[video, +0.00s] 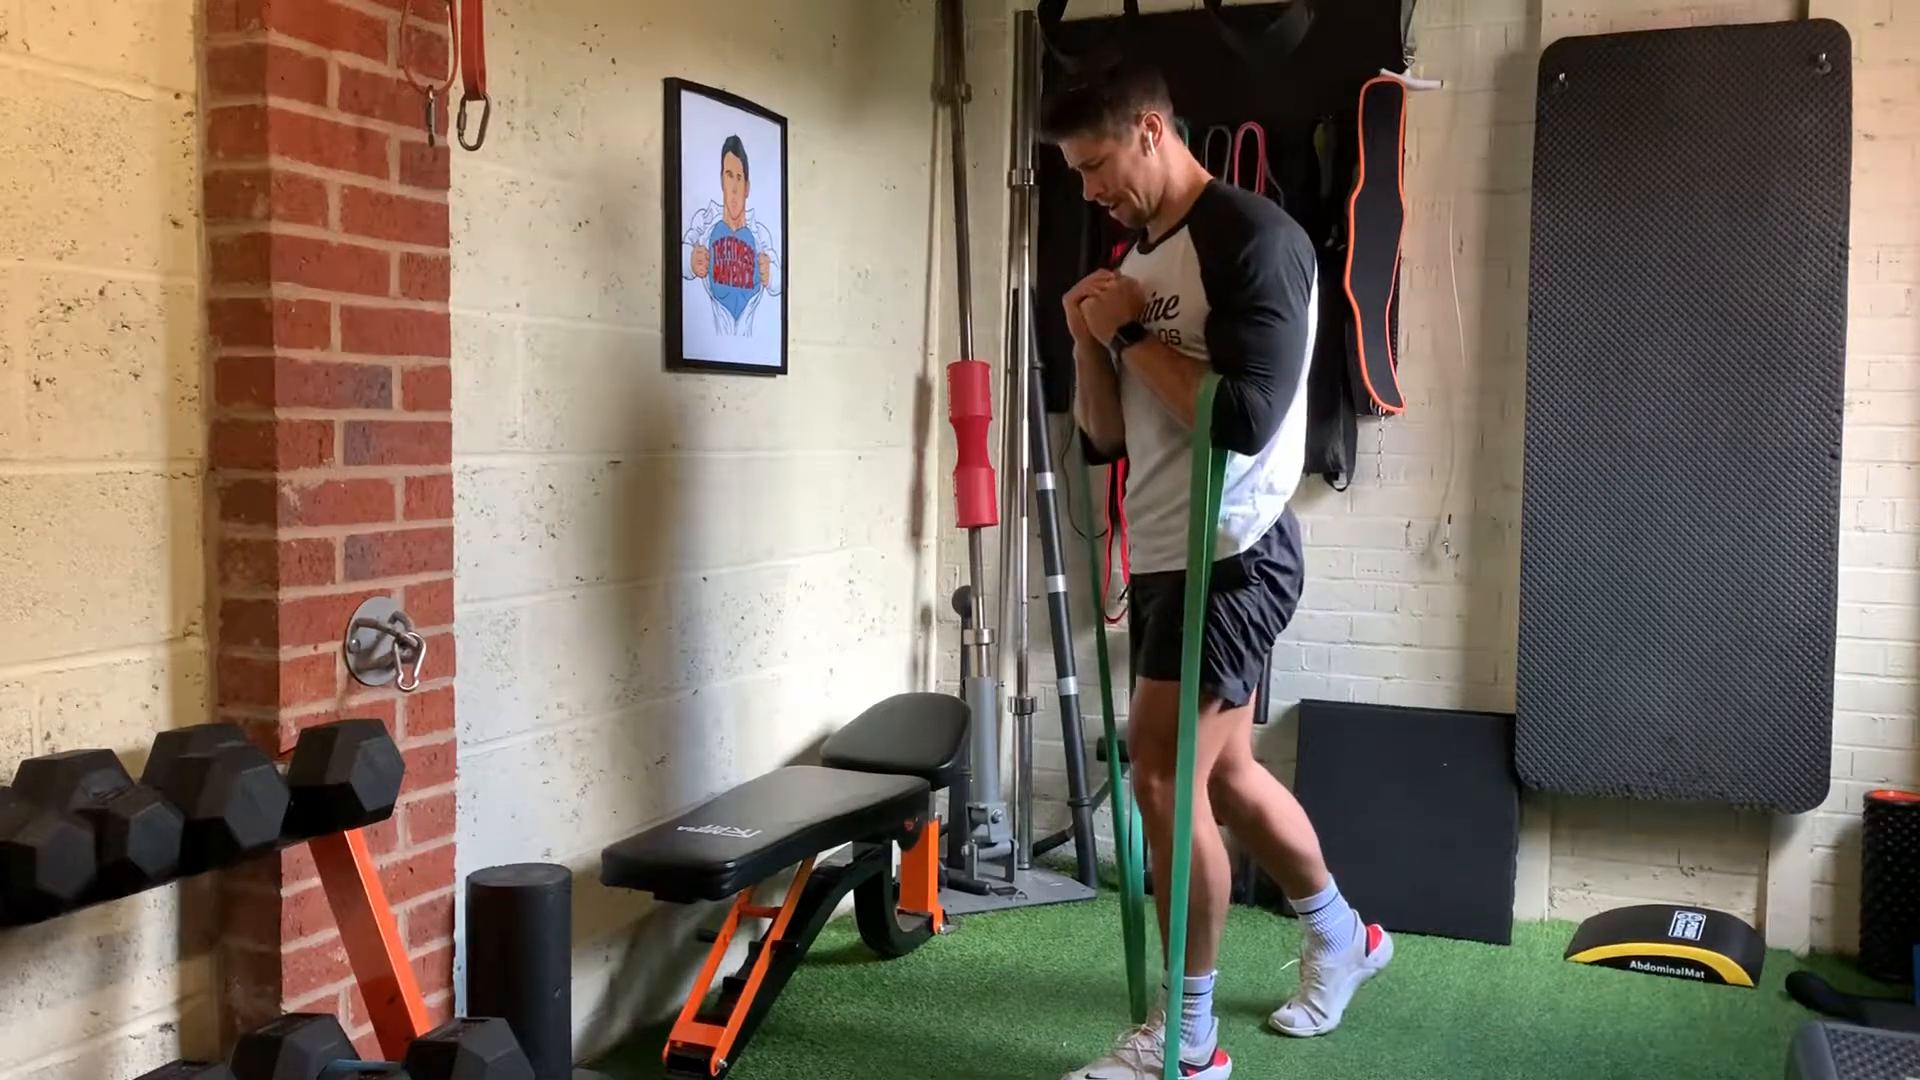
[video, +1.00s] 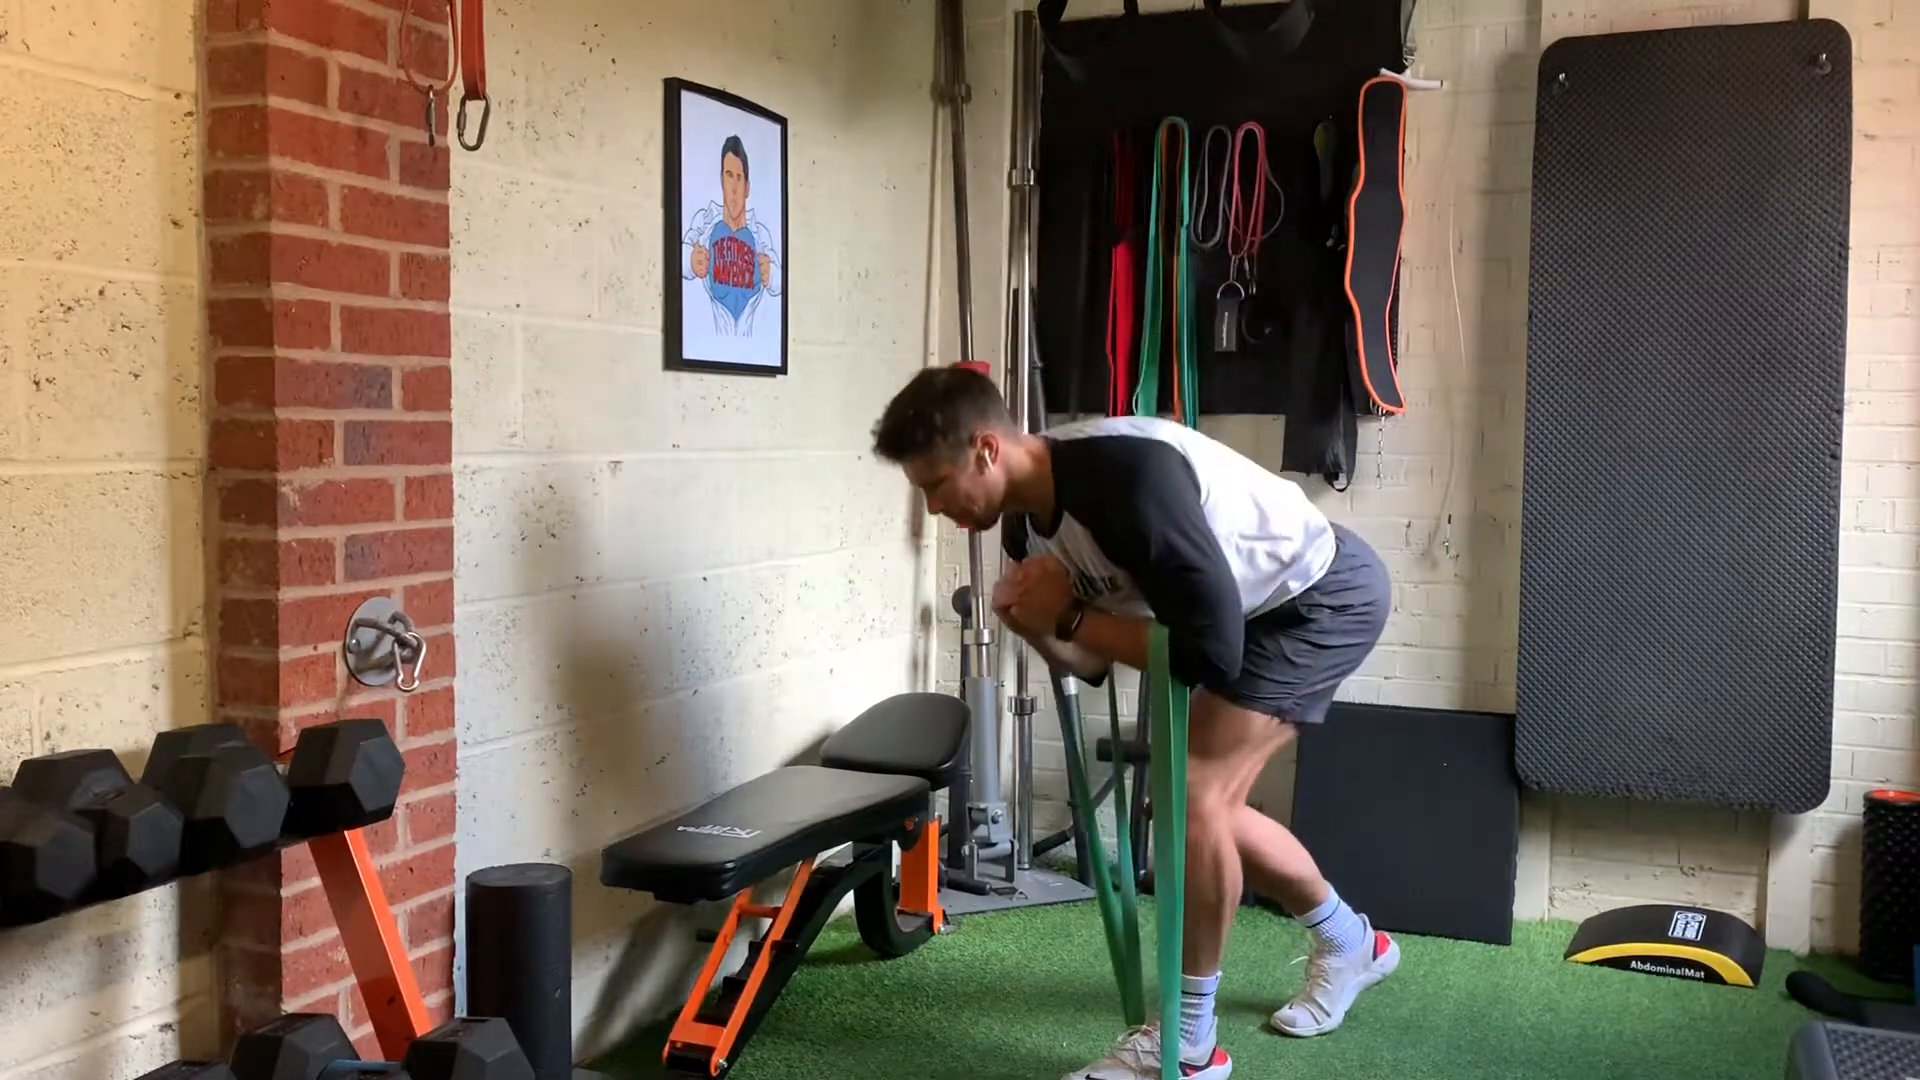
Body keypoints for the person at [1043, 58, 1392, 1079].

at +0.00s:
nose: (1092, 194)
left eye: (1099, 167)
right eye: (1080, 175)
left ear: (1156, 134)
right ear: (1121, 155)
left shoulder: (1261, 241)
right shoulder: (1133, 258)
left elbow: (1245, 420)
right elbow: (1105, 434)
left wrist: (1132, 334)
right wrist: (1092, 344)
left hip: (1235, 549)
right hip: (1163, 550)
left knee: (1163, 772)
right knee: (1229, 774)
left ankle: (1190, 1034)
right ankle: (1343, 936)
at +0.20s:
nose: (1063, 207)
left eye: (1067, 180)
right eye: (1049, 190)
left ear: (1125, 145)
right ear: (1101, 163)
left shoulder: (1239, 245)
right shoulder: (1111, 270)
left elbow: (1243, 430)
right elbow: (1107, 452)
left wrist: (1119, 354)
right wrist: (1082, 366)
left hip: (1244, 555)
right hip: (1170, 558)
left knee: (1162, 780)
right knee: (1230, 777)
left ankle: (1187, 1036)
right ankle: (1349, 938)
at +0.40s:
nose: (1024, 246)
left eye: (1029, 220)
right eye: (1013, 228)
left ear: (1088, 184)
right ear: (1071, 196)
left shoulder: (1211, 277)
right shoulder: (1080, 296)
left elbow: (1228, 465)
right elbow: (1102, 481)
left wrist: (1097, 401)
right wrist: (1065, 402)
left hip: (1264, 567)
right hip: (1189, 566)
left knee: (1162, 777)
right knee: (1218, 784)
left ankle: (1187, 1038)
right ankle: (1348, 938)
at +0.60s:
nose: (975, 324)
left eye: (980, 300)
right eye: (965, 306)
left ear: (1034, 267)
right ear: (1026, 274)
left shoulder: (1172, 338)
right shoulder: (1058, 368)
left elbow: (1224, 522)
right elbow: (1092, 541)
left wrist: (1081, 473)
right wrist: (1048, 481)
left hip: (1285, 578)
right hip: (1213, 582)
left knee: (1165, 784)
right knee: (1210, 796)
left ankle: (1188, 1040)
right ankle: (1349, 940)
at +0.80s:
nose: (946, 430)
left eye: (948, 406)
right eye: (936, 413)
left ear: (1003, 370)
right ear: (999, 374)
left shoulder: (1146, 417)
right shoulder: (1033, 457)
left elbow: (1214, 590)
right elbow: (1095, 612)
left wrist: (1075, 551)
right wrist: (1040, 565)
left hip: (1310, 586)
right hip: (1236, 595)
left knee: (1191, 795)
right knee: (1210, 807)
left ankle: (1187, 1037)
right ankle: (1350, 940)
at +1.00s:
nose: (932, 507)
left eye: (936, 485)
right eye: (922, 491)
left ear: (987, 452)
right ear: (988, 454)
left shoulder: (1134, 478)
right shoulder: (1028, 520)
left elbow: (1213, 651)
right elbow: (1093, 664)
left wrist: (1073, 613)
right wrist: (1038, 628)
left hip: (1319, 589)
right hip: (1252, 598)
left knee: (1201, 796)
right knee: (1209, 807)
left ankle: (1188, 1041)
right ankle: (1353, 942)